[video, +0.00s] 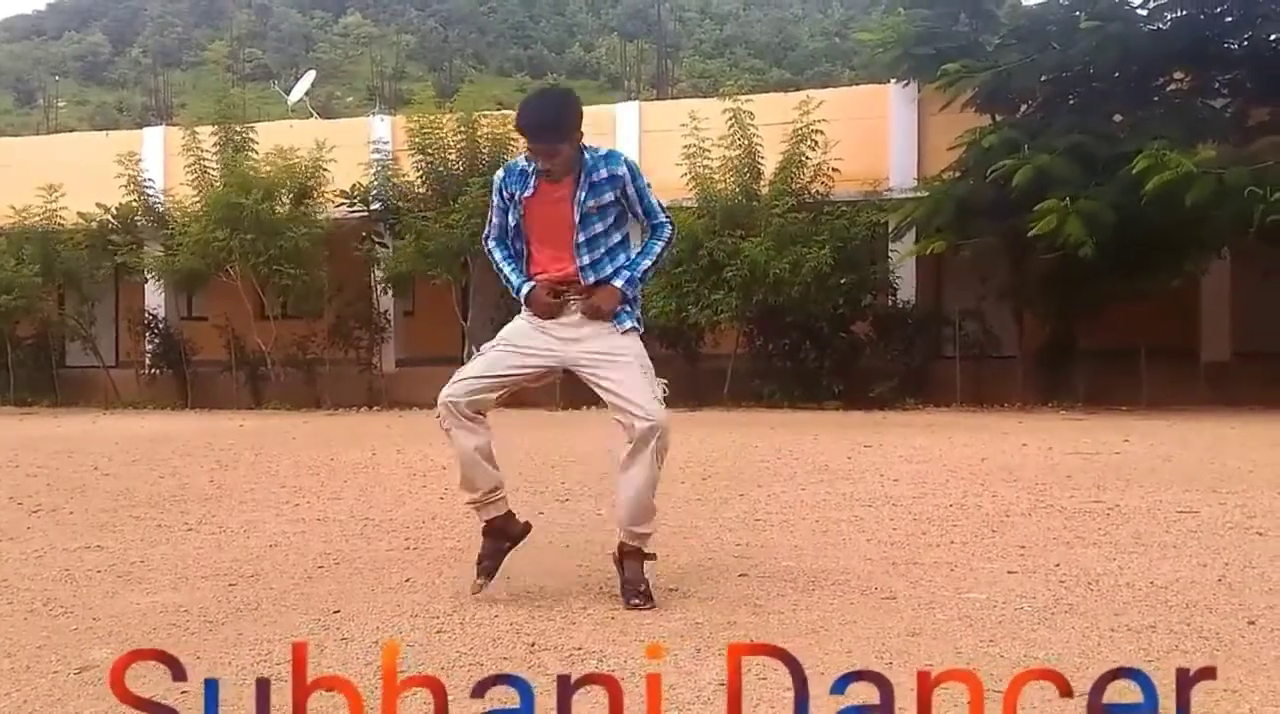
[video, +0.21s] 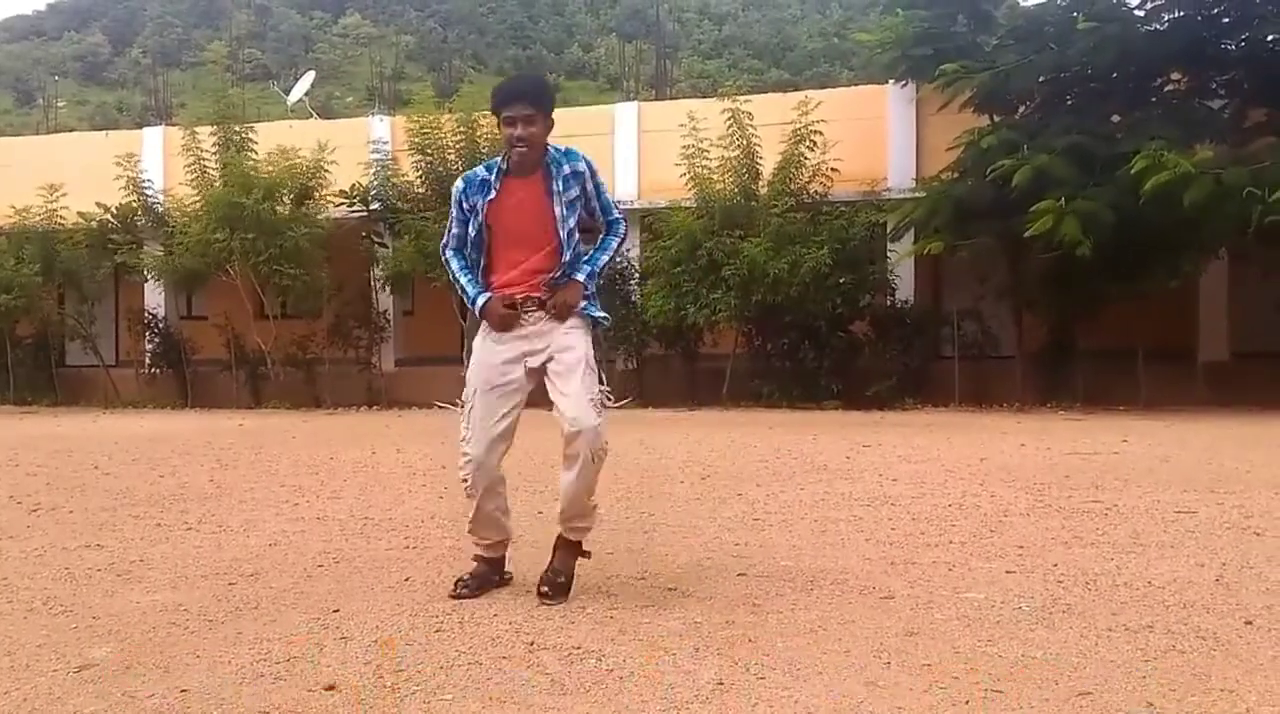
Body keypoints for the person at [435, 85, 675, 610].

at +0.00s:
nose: (543, 161)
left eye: (552, 151)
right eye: (535, 151)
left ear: (577, 137)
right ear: (523, 141)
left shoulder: (615, 171)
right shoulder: (511, 180)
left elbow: (661, 228)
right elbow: (496, 241)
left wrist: (620, 286)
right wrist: (525, 287)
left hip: (605, 324)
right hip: (537, 322)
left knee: (650, 421)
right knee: (456, 400)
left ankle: (632, 554)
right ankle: (499, 520)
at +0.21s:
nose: (518, 132)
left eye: (529, 122)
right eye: (509, 122)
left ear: (549, 124)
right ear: (497, 126)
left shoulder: (575, 170)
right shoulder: (472, 186)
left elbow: (613, 228)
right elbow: (454, 250)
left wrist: (580, 280)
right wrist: (481, 301)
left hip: (564, 322)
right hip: (498, 326)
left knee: (586, 429)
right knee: (478, 454)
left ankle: (568, 549)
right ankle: (491, 559)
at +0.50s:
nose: (490, 158)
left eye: (500, 149)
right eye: (480, 150)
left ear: (517, 156)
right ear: (468, 157)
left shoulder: (537, 226)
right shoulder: (443, 210)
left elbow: (582, 298)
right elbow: (431, 276)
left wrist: (527, 342)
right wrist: (451, 322)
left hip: (527, 361)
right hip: (458, 352)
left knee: (548, 468)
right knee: (407, 415)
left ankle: (533, 565)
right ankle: (441, 524)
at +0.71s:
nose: (446, 119)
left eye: (456, 110)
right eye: (435, 110)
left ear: (471, 117)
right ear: (421, 117)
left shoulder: (501, 175)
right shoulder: (397, 172)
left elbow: (541, 234)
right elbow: (375, 238)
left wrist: (508, 277)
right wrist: (399, 288)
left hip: (485, 315)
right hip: (415, 319)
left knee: (546, 399)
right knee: (355, 422)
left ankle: (525, 527)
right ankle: (358, 535)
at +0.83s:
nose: (423, 133)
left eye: (432, 124)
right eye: (412, 124)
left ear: (445, 129)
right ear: (396, 129)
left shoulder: (470, 190)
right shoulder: (369, 189)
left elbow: (505, 251)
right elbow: (351, 260)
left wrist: (485, 295)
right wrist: (361, 316)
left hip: (454, 325)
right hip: (388, 331)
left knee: (501, 419)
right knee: (370, 453)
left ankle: (479, 530)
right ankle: (368, 556)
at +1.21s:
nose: (400, 142)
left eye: (408, 134)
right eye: (390, 132)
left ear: (415, 142)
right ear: (364, 138)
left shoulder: (439, 189)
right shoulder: (342, 195)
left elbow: (488, 245)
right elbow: (325, 269)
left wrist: (450, 292)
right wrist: (354, 284)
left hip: (432, 349)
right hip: (370, 350)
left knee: (424, 447)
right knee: (346, 449)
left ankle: (445, 554)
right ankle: (360, 551)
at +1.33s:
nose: (376, 176)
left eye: (388, 169)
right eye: (368, 166)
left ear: (402, 180)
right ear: (352, 174)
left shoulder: (423, 228)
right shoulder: (340, 223)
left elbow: (414, 290)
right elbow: (370, 285)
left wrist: (361, 307)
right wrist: (428, 255)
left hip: (435, 364)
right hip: (376, 366)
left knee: (431, 456)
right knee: (365, 470)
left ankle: (435, 558)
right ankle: (368, 559)